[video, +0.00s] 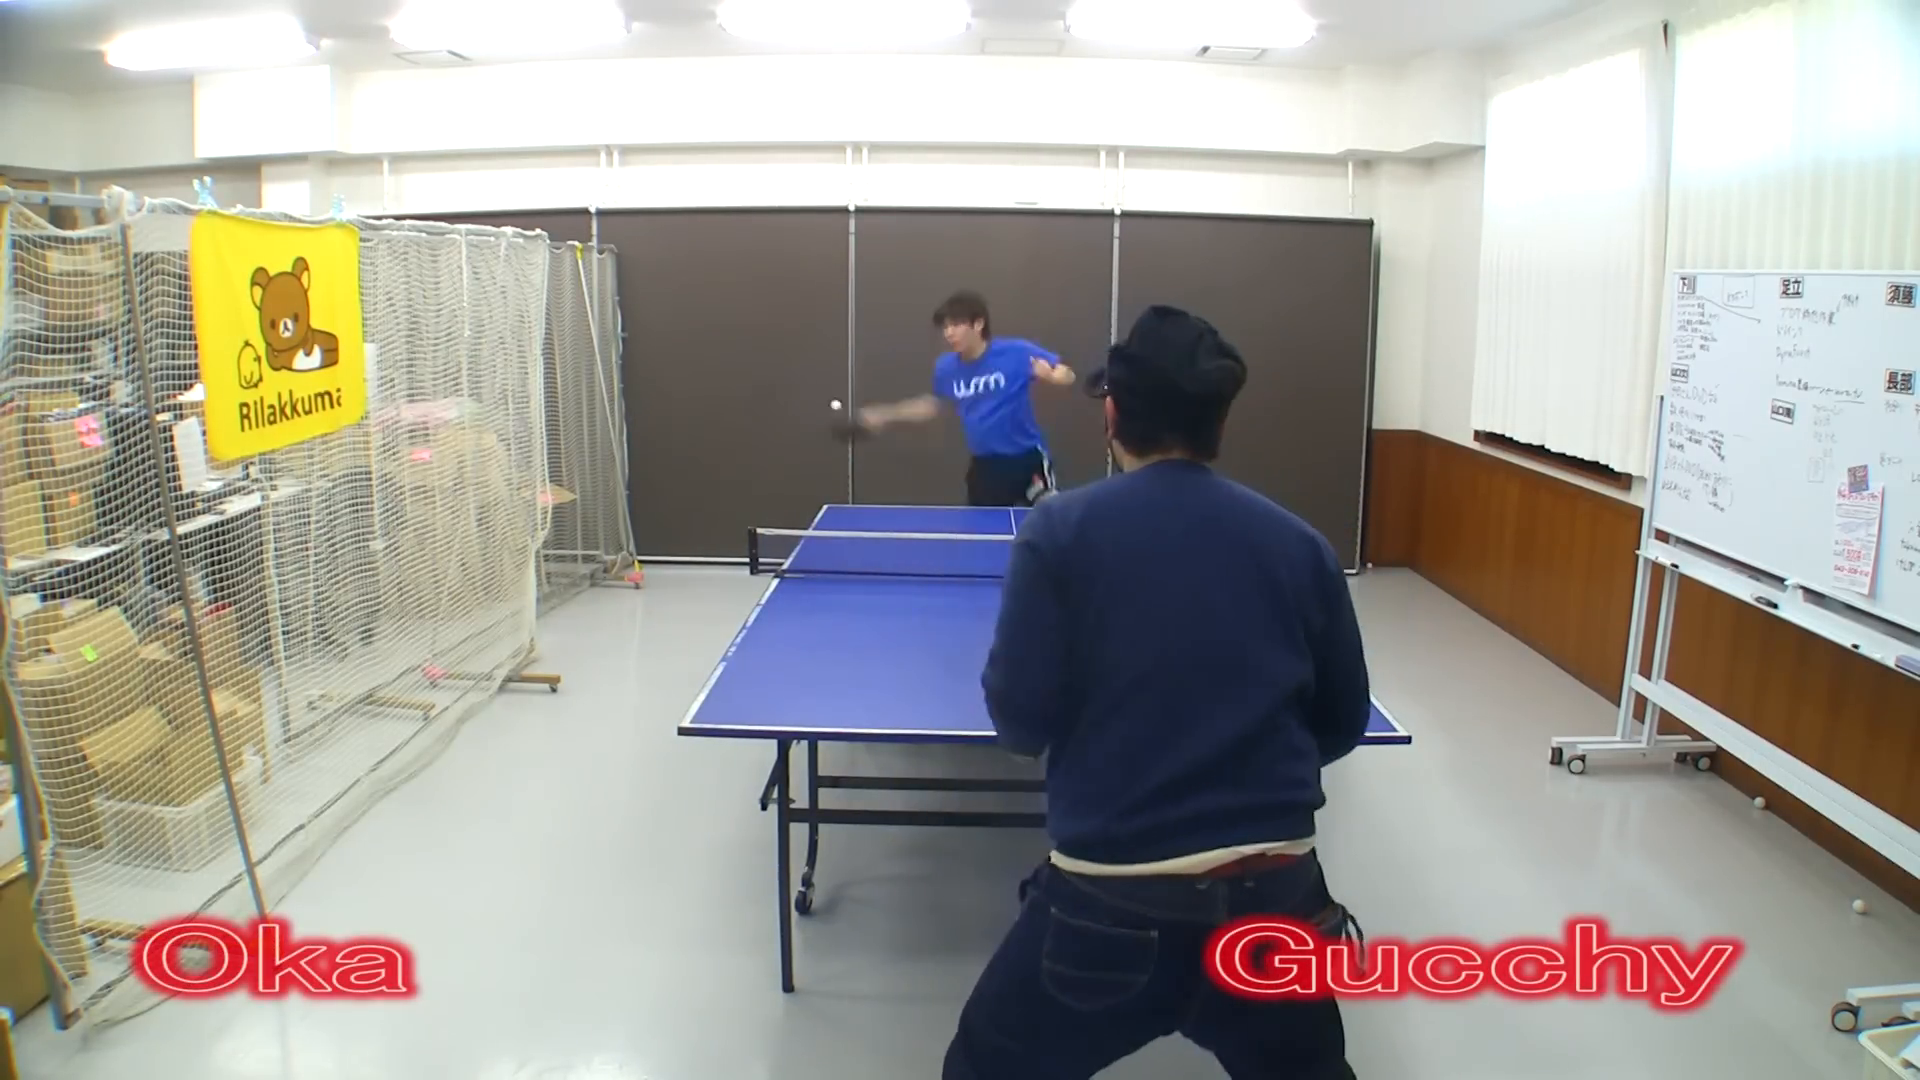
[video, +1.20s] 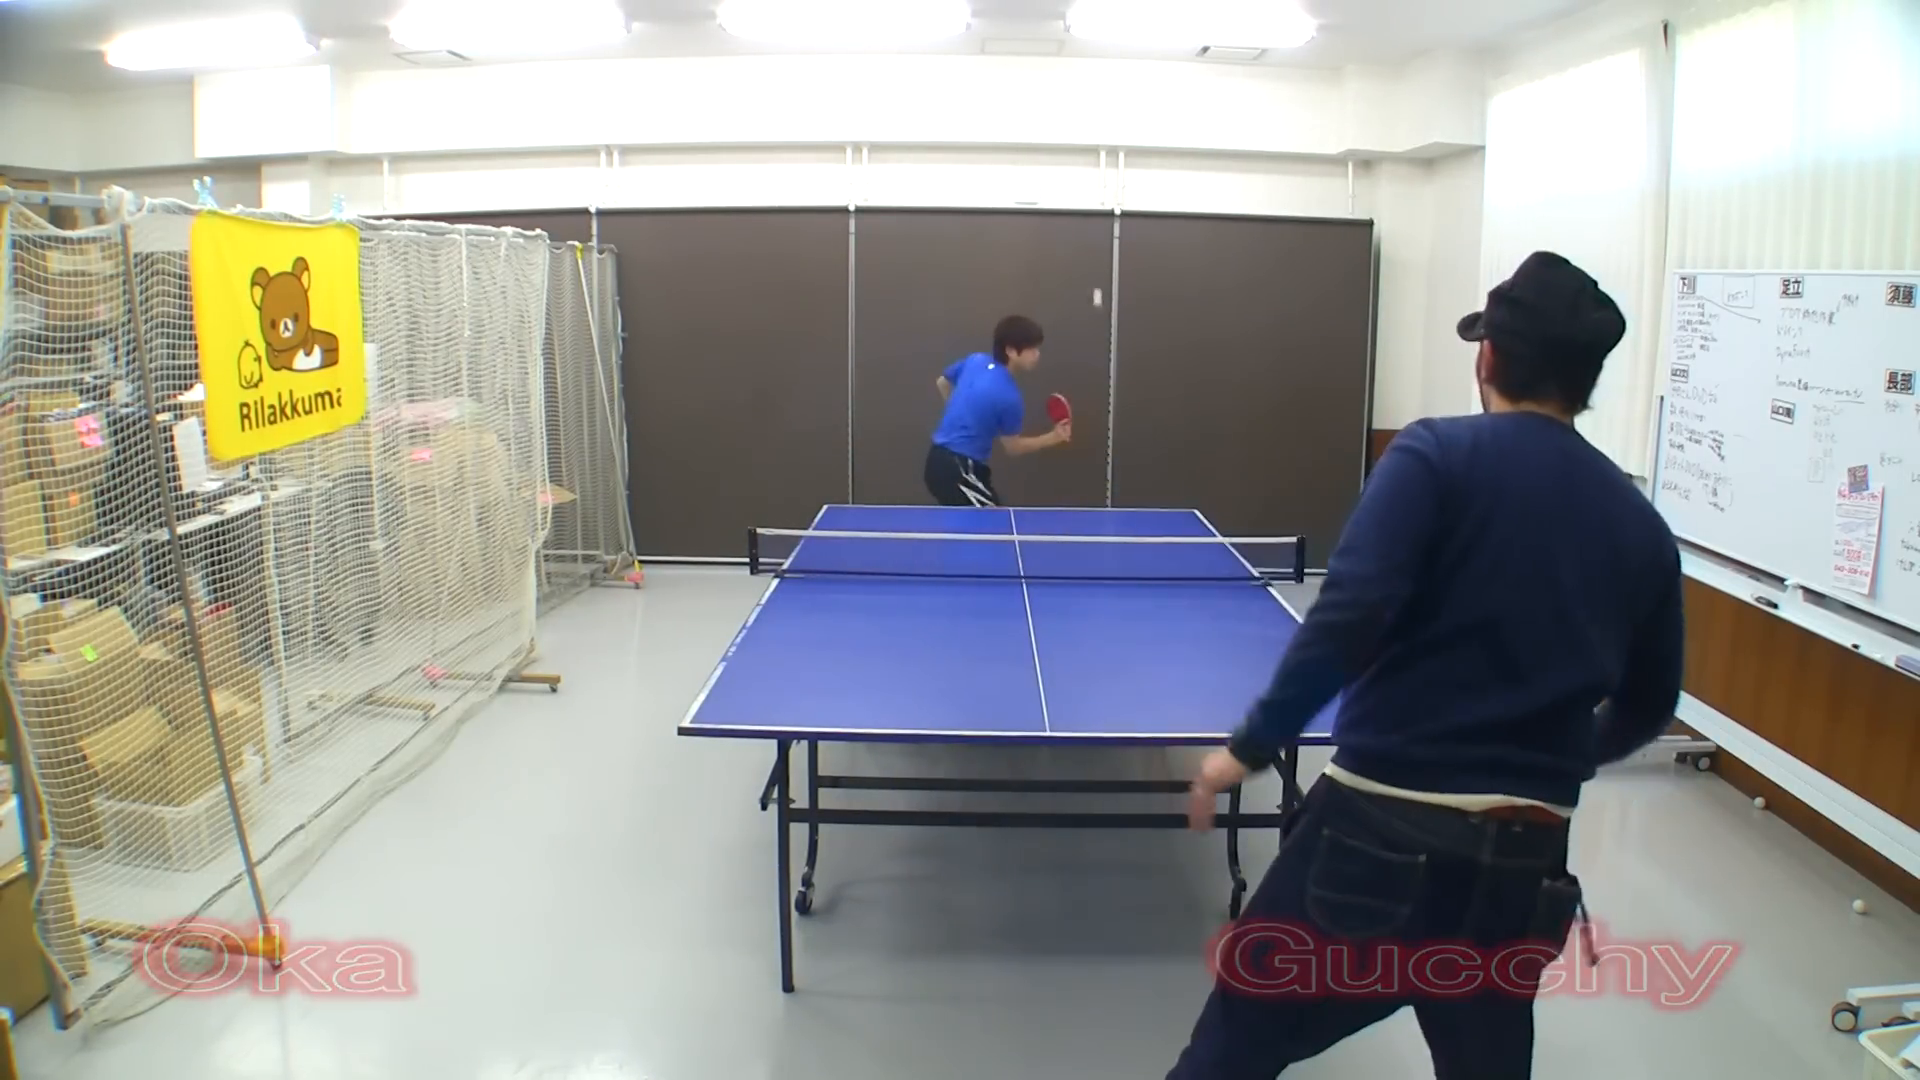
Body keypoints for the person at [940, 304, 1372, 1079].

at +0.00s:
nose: (1100, 406)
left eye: (1103, 393)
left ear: (1112, 412)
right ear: (1219, 419)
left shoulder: (1060, 531)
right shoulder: (1298, 542)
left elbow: (1021, 716)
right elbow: (1340, 719)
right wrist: (1232, 737)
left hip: (1108, 921)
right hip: (1275, 914)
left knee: (985, 1069)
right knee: (1315, 1071)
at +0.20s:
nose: (1156, 392)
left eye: (1160, 381)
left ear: (1167, 400)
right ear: (1278, 410)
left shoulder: (1103, 512)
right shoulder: (1333, 537)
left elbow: (1035, 681)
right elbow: (1400, 701)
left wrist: (1024, 739)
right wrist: (1301, 664)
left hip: (1116, 913)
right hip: (1282, 913)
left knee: (1008, 1067)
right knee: (1309, 1061)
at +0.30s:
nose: (1249, 401)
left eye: (1255, 389)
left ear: (1262, 407)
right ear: (1369, 421)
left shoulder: (1199, 493)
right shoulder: (1412, 538)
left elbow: (1123, 611)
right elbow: (1551, 605)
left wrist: (1044, 719)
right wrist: (1505, 632)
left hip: (1129, 888)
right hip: (1289, 902)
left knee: (1030, 1067)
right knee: (1310, 1062)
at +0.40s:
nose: (1326, 392)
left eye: (1331, 381)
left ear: (1340, 395)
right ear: (1447, 413)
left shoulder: (1289, 473)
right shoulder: (1489, 534)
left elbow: (1228, 580)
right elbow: (1580, 622)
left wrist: (1126, 689)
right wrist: (1531, 681)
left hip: (1184, 853)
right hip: (1337, 888)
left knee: (1018, 1033)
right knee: (1337, 1061)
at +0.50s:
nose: (1365, 371)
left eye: (1370, 361)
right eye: (1376, 359)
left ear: (1377, 375)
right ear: (1480, 399)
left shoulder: (1340, 449)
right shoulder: (1533, 530)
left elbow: (1285, 562)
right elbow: (1602, 659)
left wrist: (1161, 686)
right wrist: (1556, 788)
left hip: (1231, 828)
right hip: (1384, 869)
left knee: (1037, 997)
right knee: (1363, 1066)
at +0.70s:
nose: (1433, 372)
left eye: (1437, 355)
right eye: (1439, 353)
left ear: (1450, 367)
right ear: (1546, 386)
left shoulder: (1407, 451)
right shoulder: (1603, 528)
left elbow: (1330, 567)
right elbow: (1673, 678)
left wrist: (1182, 674)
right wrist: (1627, 823)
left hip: (1302, 826)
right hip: (1449, 869)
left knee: (1159, 1022)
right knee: (1419, 1065)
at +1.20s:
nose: (1477, 351)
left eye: (1480, 338)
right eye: (1483, 336)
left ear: (1489, 353)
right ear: (1588, 377)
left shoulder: (1435, 452)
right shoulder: (1640, 521)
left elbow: (1353, 610)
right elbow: (1648, 703)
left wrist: (1247, 747)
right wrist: (1552, 753)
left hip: (1373, 845)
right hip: (1521, 863)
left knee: (1227, 1055)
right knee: (1490, 1069)